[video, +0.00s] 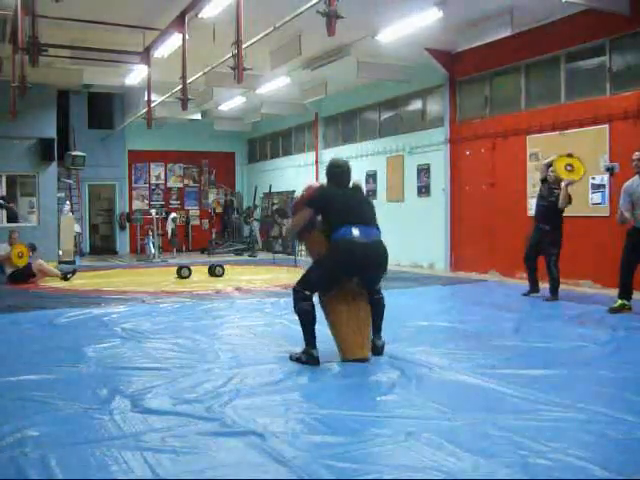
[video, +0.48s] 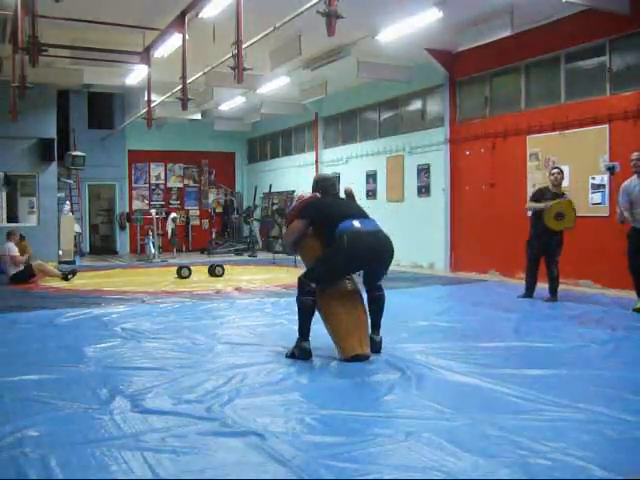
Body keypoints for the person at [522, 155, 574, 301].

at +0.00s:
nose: (551, 174)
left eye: (554, 171)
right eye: (549, 171)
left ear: (560, 174)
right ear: (547, 173)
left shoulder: (563, 192)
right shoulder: (545, 183)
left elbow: (562, 204)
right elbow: (543, 166)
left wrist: (564, 186)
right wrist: (560, 157)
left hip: (553, 228)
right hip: (540, 225)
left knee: (552, 261)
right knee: (529, 256)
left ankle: (554, 292)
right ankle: (533, 286)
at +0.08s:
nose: (561, 178)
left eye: (565, 176)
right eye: (560, 174)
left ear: (567, 181)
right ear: (554, 176)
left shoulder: (565, 196)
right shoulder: (544, 184)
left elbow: (563, 212)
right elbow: (540, 167)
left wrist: (565, 197)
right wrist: (556, 163)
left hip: (554, 228)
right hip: (538, 225)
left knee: (552, 261)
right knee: (531, 257)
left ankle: (554, 293)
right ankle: (530, 288)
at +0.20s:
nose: (561, 182)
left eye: (564, 181)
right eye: (559, 179)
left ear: (566, 184)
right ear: (555, 179)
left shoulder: (565, 196)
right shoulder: (544, 186)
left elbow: (564, 216)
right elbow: (538, 172)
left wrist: (566, 205)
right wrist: (556, 170)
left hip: (553, 230)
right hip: (537, 227)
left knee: (553, 263)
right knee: (532, 262)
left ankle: (554, 293)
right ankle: (528, 290)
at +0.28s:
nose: (556, 177)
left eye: (559, 174)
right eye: (554, 174)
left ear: (564, 177)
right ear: (550, 177)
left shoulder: (564, 194)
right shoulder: (542, 191)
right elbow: (531, 182)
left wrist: (569, 215)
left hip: (553, 232)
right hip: (537, 231)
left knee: (552, 264)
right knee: (533, 264)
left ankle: (553, 293)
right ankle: (529, 291)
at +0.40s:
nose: (556, 176)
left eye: (559, 174)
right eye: (554, 174)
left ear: (563, 178)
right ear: (549, 177)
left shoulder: (564, 194)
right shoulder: (542, 190)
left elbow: (569, 212)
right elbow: (529, 197)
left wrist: (567, 218)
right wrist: (548, 194)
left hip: (553, 232)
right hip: (537, 231)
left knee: (552, 264)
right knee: (533, 263)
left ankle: (553, 293)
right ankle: (529, 291)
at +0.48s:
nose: (556, 176)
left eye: (559, 174)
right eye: (553, 174)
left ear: (562, 178)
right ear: (549, 177)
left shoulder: (564, 197)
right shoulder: (540, 192)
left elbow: (570, 214)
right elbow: (529, 205)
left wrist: (568, 220)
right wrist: (545, 205)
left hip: (554, 235)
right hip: (537, 233)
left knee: (552, 265)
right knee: (532, 264)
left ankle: (553, 294)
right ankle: (528, 291)